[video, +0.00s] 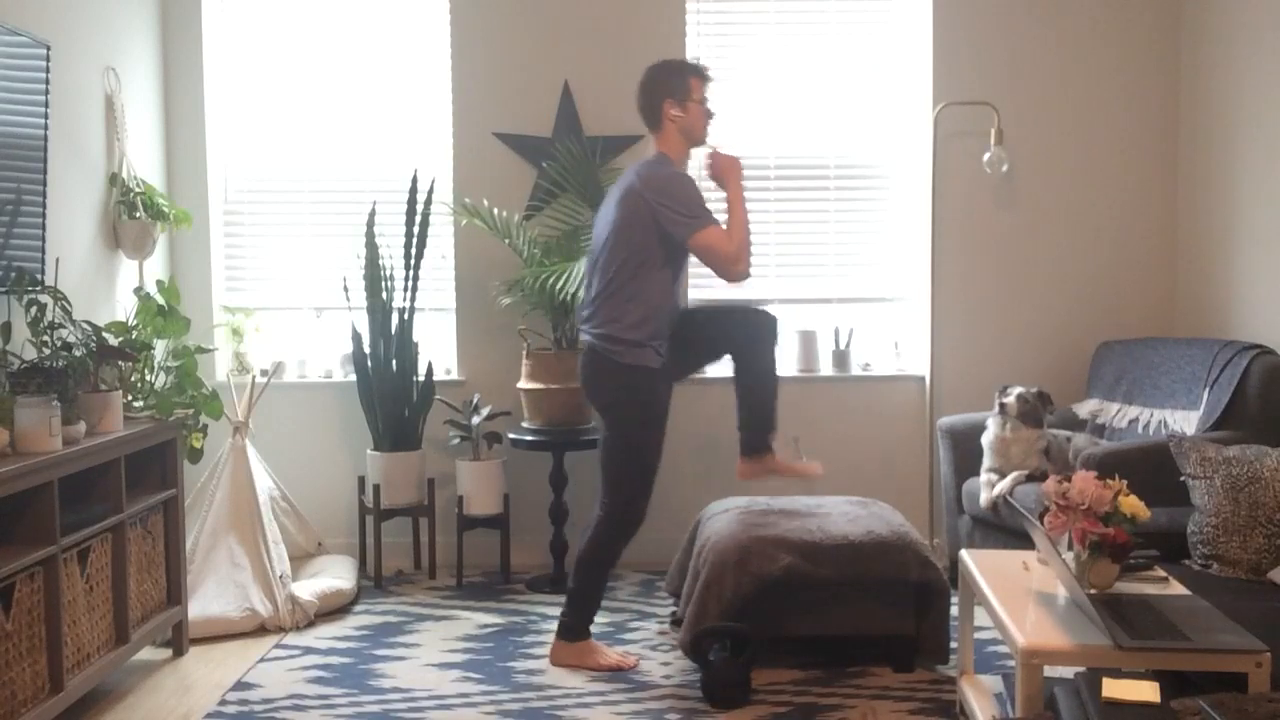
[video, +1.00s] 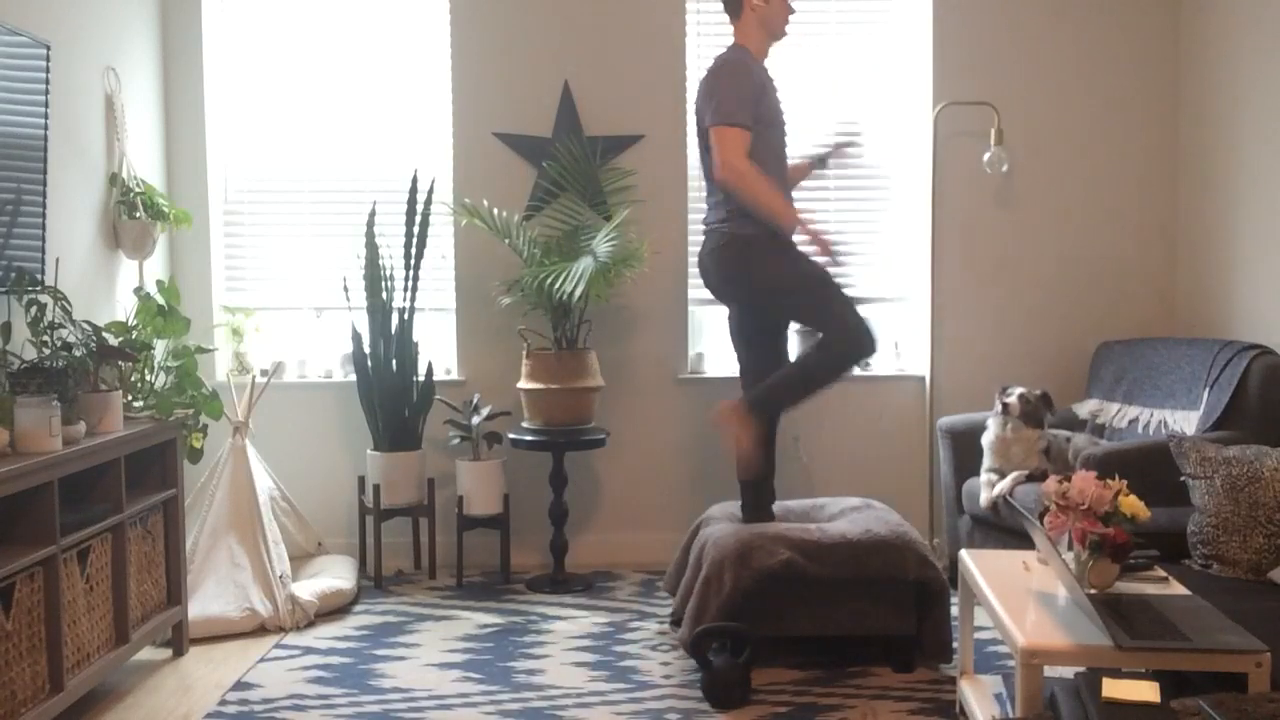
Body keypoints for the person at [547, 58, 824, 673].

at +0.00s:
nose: (710, 114)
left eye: (708, 104)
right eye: (702, 104)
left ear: (670, 112)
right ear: (673, 111)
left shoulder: (648, 176)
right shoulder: (659, 179)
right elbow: (734, 264)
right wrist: (734, 189)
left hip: (646, 342)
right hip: (626, 359)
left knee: (755, 326)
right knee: (624, 510)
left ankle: (758, 456)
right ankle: (570, 641)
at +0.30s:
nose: (769, 75)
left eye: (766, 64)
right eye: (760, 64)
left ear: (727, 75)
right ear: (731, 72)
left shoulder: (718, 139)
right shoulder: (721, 138)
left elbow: (732, 231)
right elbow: (734, 228)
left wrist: (795, 240)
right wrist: (811, 239)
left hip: (711, 326)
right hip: (690, 327)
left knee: (801, 404)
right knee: (671, 470)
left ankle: (759, 538)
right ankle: (599, 603)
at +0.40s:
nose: (779, 42)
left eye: (776, 31)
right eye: (771, 30)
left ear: (738, 39)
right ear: (742, 36)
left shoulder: (736, 110)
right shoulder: (725, 106)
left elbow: (753, 219)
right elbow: (708, 195)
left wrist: (811, 190)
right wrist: (763, 264)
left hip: (725, 287)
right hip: (706, 287)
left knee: (795, 402)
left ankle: (761, 544)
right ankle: (657, 535)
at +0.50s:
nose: (784, 13)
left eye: (783, 5)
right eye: (776, 4)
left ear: (751, 12)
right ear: (749, 8)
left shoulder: (746, 85)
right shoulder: (725, 77)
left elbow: (798, 174)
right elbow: (688, 166)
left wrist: (820, 106)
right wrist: (705, 260)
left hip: (740, 261)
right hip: (733, 261)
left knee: (771, 401)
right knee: (831, 346)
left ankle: (760, 534)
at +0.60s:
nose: (789, 8)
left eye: (788, 3)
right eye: (782, 1)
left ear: (753, 8)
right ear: (753, 4)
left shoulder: (762, 78)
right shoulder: (725, 62)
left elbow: (826, 135)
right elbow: (682, 152)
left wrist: (813, 64)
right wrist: (673, 245)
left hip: (745, 240)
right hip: (737, 235)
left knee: (761, 384)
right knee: (870, 239)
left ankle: (761, 520)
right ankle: (810, 360)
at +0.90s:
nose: (794, 11)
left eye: (792, 4)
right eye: (786, 3)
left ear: (759, 12)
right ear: (757, 8)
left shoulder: (757, 81)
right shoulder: (732, 71)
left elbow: (802, 173)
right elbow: (711, 169)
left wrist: (818, 106)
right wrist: (748, 251)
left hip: (759, 236)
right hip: (748, 237)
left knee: (764, 391)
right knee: (882, 251)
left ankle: (760, 529)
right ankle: (808, 354)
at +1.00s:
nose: (789, 11)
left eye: (787, 3)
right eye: (781, 2)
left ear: (753, 11)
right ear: (752, 6)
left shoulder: (746, 74)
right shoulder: (735, 69)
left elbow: (760, 180)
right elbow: (729, 167)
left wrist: (816, 163)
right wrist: (801, 224)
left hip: (742, 249)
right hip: (748, 248)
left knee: (761, 401)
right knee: (853, 336)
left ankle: (759, 532)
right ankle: (751, 409)